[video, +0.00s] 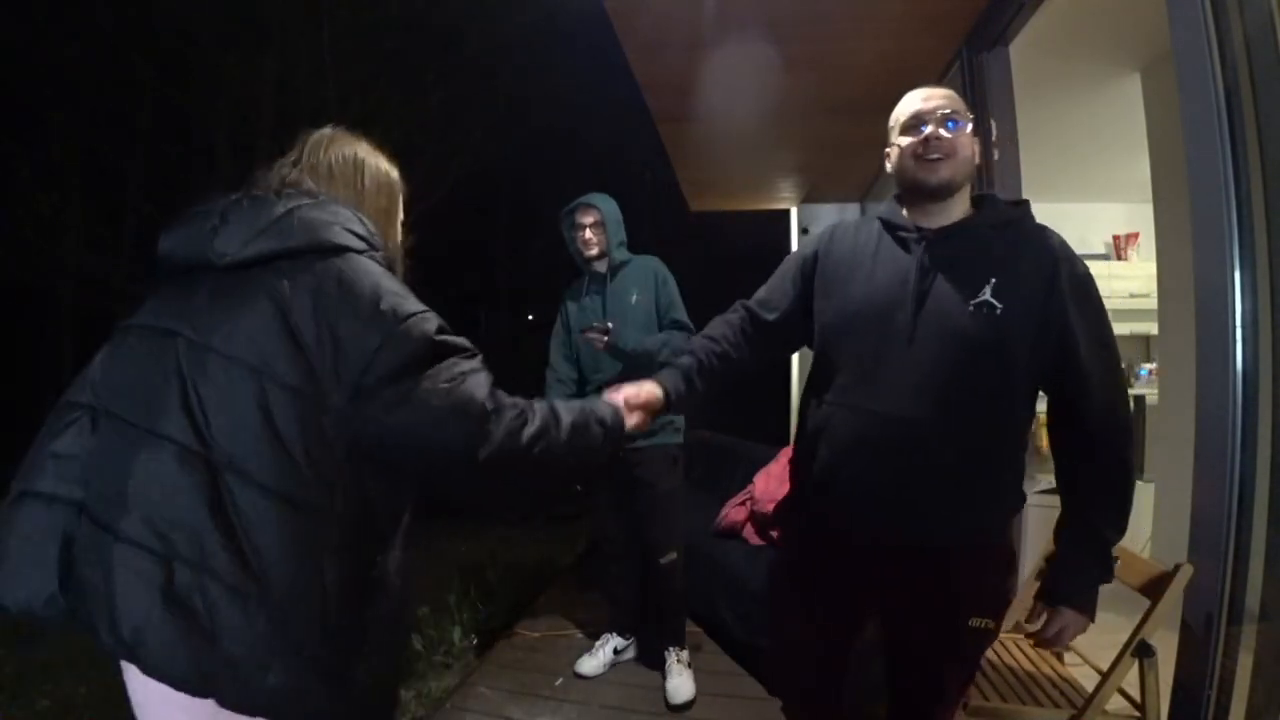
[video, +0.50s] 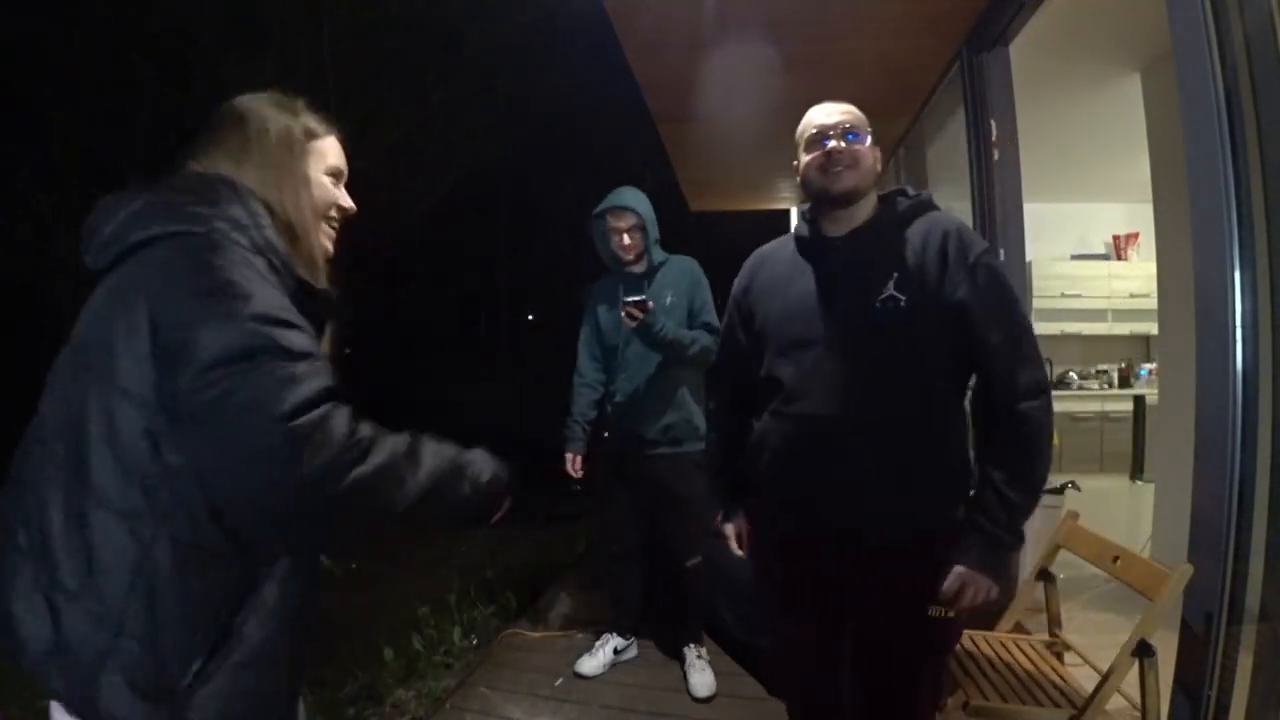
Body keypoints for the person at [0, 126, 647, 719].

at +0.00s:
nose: (397, 235)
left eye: (397, 220)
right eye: (393, 218)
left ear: (288, 187)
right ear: (367, 208)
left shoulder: (205, 270)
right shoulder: (348, 285)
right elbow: (474, 428)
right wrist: (606, 419)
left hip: (145, 608)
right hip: (251, 638)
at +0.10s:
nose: (395, 242)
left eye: (396, 226)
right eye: (391, 224)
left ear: (295, 191)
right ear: (361, 213)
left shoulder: (212, 265)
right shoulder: (335, 289)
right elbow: (456, 424)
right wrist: (593, 440)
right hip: (223, 625)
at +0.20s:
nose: (393, 235)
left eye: (395, 217)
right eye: (388, 215)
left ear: (306, 194)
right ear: (347, 203)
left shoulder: (213, 263)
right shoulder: (318, 287)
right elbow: (429, 418)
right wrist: (567, 421)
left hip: (135, 598)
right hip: (208, 628)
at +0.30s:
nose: (382, 223)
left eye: (382, 206)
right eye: (374, 202)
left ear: (301, 190)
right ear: (329, 194)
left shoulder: (204, 261)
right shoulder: (294, 281)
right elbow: (405, 421)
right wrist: (549, 417)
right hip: (194, 635)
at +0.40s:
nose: (366, 216)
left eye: (364, 196)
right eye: (355, 191)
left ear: (294, 187)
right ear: (303, 185)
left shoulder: (195, 257)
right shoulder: (257, 271)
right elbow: (362, 429)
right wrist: (532, 436)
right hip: (175, 635)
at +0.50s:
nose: (346, 202)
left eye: (345, 182)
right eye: (331, 176)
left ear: (273, 176)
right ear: (274, 171)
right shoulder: (211, 261)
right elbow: (294, 449)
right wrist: (482, 483)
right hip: (162, 664)